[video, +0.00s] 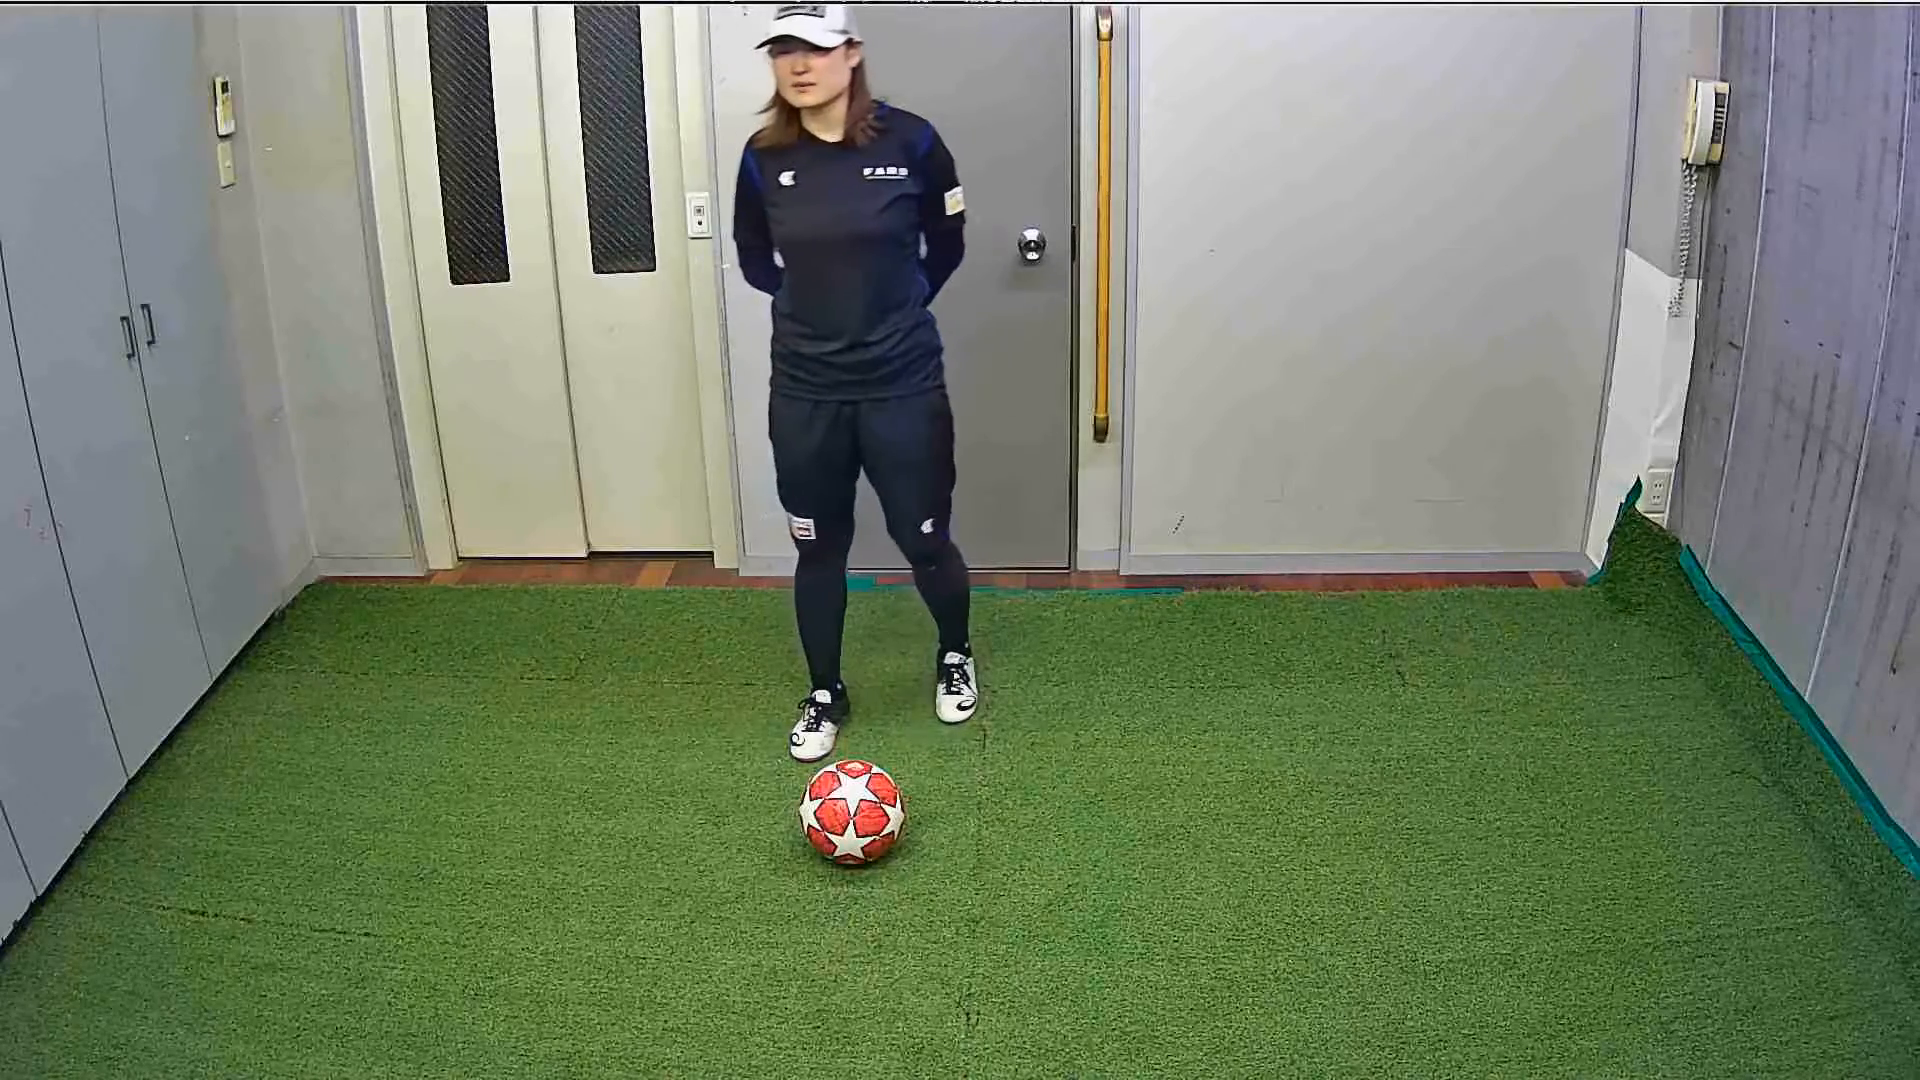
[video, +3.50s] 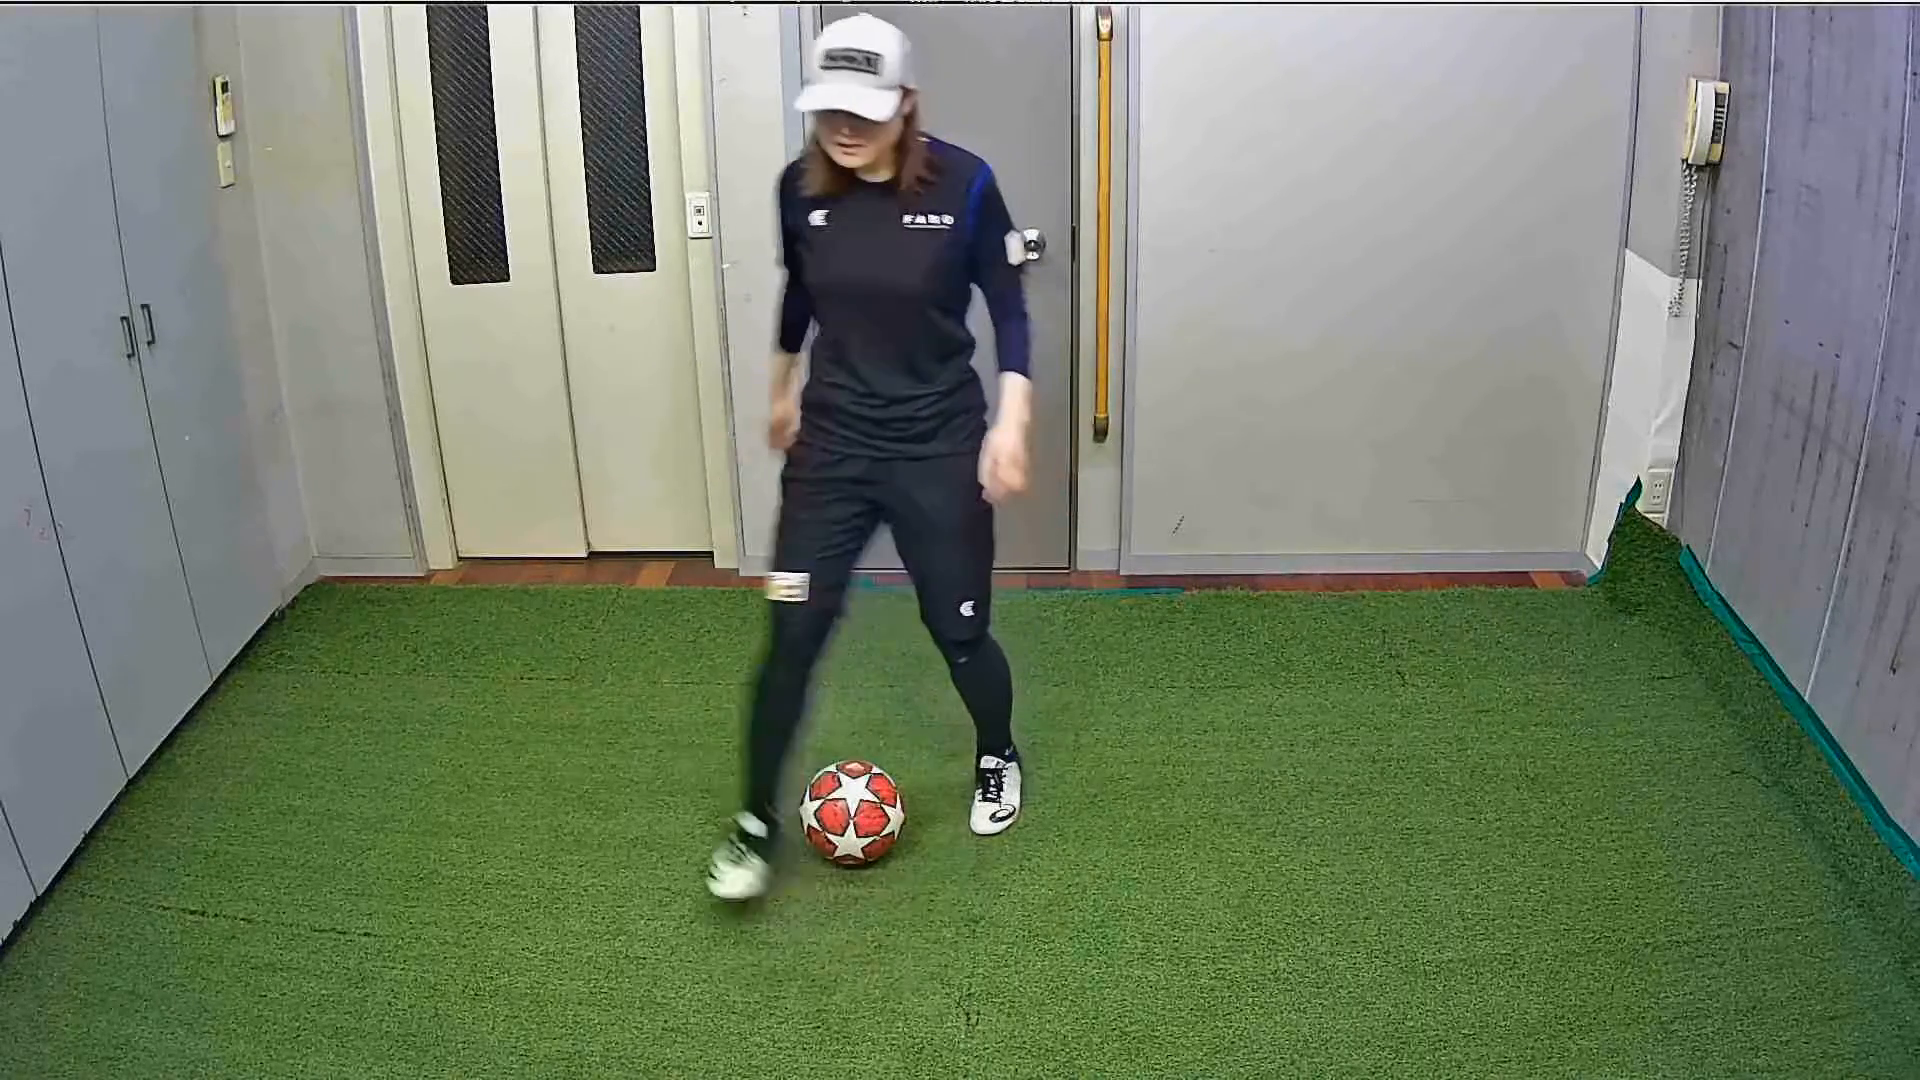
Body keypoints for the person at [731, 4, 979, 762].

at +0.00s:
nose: (799, 65)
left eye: (814, 50)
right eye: (787, 53)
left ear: (852, 56)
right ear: (775, 65)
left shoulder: (913, 141)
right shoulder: (762, 157)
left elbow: (948, 246)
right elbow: (754, 260)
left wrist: (892, 305)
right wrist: (816, 296)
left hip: (901, 382)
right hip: (805, 387)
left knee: (925, 537)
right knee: (815, 543)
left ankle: (955, 655)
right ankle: (825, 693)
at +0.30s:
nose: (865, 61)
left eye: (881, 47)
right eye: (852, 48)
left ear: (916, 56)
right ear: (836, 62)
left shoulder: (969, 144)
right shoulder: (820, 149)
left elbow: (994, 238)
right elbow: (806, 252)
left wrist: (994, 318)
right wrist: (865, 281)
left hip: (945, 375)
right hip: (850, 377)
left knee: (949, 529)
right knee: (840, 536)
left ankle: (956, 661)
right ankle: (825, 695)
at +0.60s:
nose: (909, 62)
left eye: (925, 49)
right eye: (896, 48)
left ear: (957, 57)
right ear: (878, 59)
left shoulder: (1004, 138)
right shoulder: (855, 140)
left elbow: (1042, 257)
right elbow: (834, 238)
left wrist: (1024, 240)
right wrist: (886, 278)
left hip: (969, 363)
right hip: (875, 363)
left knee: (966, 522)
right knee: (856, 524)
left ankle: (957, 660)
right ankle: (840, 687)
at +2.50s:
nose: (883, 70)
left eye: (900, 56)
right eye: (870, 55)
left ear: (936, 57)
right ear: (856, 61)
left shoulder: (987, 138)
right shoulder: (835, 140)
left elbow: (1006, 257)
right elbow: (814, 241)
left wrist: (1010, 370)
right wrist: (789, 348)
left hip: (954, 367)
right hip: (859, 367)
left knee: (953, 528)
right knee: (867, 526)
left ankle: (956, 659)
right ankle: (887, 655)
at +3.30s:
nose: (878, 143)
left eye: (896, 127)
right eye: (864, 128)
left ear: (934, 108)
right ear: (844, 113)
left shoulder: (995, 181)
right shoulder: (832, 178)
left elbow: (1031, 310)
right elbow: (823, 273)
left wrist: (1065, 433)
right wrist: (785, 369)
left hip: (972, 428)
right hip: (869, 430)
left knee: (979, 622)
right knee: (901, 632)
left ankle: (1003, 760)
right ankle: (948, 769)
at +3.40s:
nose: (870, 140)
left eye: (888, 123)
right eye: (856, 123)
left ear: (929, 108)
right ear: (839, 112)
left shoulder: (990, 189)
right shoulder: (830, 180)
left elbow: (1031, 323)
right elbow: (828, 273)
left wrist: (1051, 444)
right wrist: (803, 362)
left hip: (957, 435)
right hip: (855, 431)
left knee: (968, 623)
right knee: (869, 623)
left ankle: (1001, 759)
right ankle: (877, 813)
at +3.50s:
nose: (846, 127)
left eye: (864, 112)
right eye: (830, 111)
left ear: (903, 106)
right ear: (810, 108)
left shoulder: (963, 184)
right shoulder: (800, 187)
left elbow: (1009, 306)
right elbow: (799, 288)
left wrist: (1011, 420)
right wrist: (782, 391)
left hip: (939, 442)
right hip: (832, 442)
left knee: (960, 626)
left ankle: (997, 758)